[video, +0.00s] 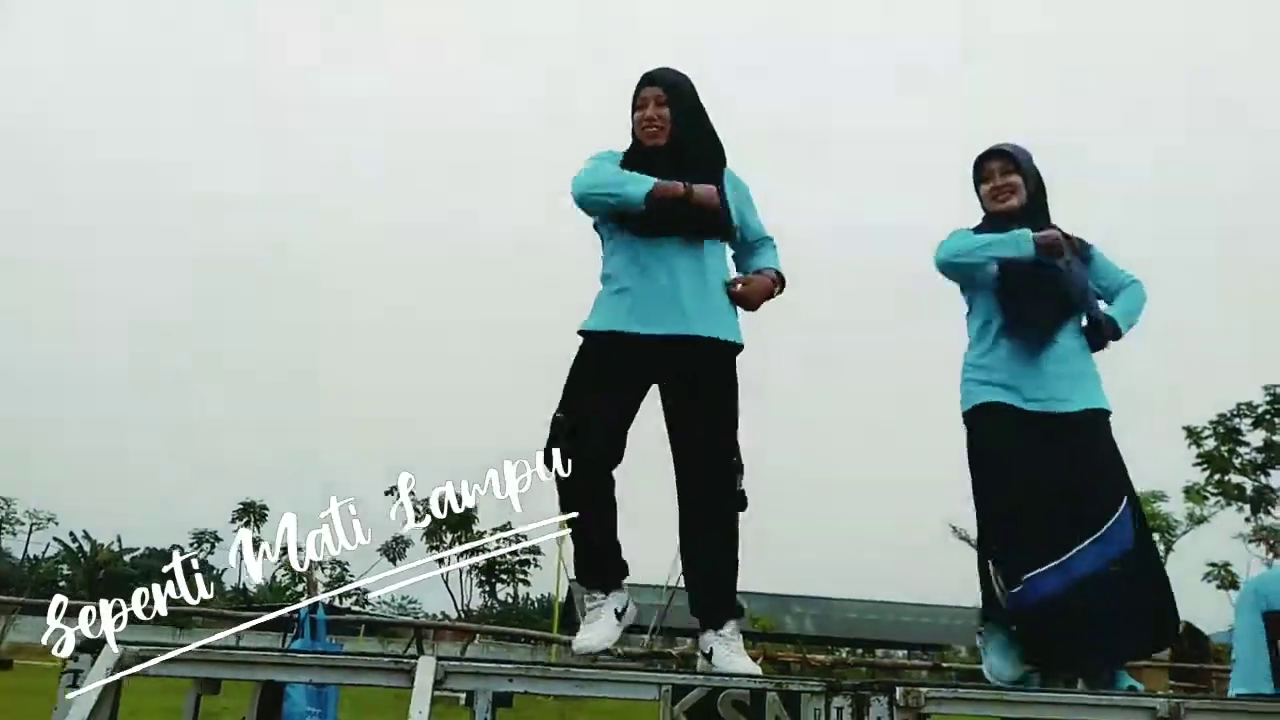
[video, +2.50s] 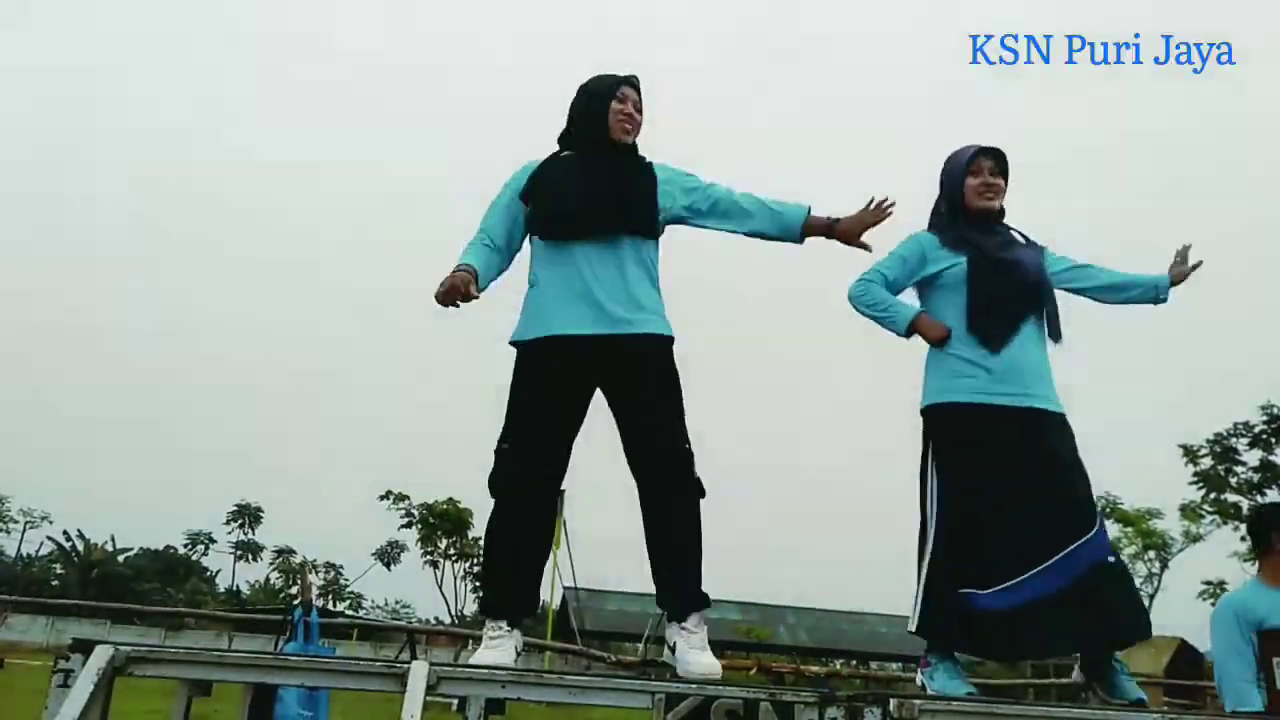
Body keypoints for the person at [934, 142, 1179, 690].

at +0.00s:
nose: (999, 183)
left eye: (1009, 173)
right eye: (989, 178)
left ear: (1033, 181)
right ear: (979, 193)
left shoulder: (1068, 246)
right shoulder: (974, 242)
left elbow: (1131, 287)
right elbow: (947, 256)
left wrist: (1113, 322)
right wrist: (1031, 243)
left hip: (1073, 394)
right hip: (999, 394)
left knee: (1099, 520)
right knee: (1011, 515)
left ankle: (1103, 657)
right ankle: (1004, 632)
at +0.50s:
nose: (939, 186)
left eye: (950, 179)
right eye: (930, 180)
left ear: (969, 194)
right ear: (916, 196)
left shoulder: (997, 258)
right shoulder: (896, 249)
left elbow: (1052, 312)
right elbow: (848, 275)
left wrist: (1020, 339)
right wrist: (915, 246)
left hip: (978, 409)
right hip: (900, 404)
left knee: (998, 535)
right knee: (897, 531)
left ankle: (1011, 665)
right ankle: (894, 660)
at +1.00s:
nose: (898, 179)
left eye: (908, 174)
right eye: (887, 173)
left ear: (922, 192)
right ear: (869, 191)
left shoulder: (950, 254)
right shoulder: (844, 248)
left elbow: (1007, 292)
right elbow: (767, 276)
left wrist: (1025, 340)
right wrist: (704, 264)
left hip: (929, 411)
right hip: (851, 405)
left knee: (942, 533)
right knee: (832, 529)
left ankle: (961, 661)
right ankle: (808, 653)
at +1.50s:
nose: (885, 202)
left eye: (891, 197)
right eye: (877, 190)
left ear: (892, 208)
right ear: (847, 189)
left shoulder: (902, 264)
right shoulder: (804, 250)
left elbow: (963, 258)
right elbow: (735, 282)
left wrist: (893, 236)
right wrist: (787, 318)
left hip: (892, 417)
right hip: (820, 408)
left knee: (908, 529)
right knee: (815, 530)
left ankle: (884, 666)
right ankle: (799, 661)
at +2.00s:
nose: (964, 188)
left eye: (967, 183)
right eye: (955, 178)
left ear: (966, 195)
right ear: (924, 180)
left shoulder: (985, 257)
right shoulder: (888, 246)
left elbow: (1058, 281)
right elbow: (824, 291)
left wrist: (1030, 258)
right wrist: (880, 329)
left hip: (991, 414)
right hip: (917, 408)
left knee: (1005, 536)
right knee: (895, 529)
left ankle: (1011, 668)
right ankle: (856, 647)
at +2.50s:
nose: (990, 182)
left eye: (997, 174)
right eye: (978, 174)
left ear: (1006, 187)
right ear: (953, 185)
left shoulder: (1029, 252)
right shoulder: (930, 245)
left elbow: (1091, 278)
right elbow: (864, 289)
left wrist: (1166, 281)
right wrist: (916, 319)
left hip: (1034, 403)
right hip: (960, 402)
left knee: (1078, 524)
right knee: (957, 527)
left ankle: (1100, 659)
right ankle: (938, 657)